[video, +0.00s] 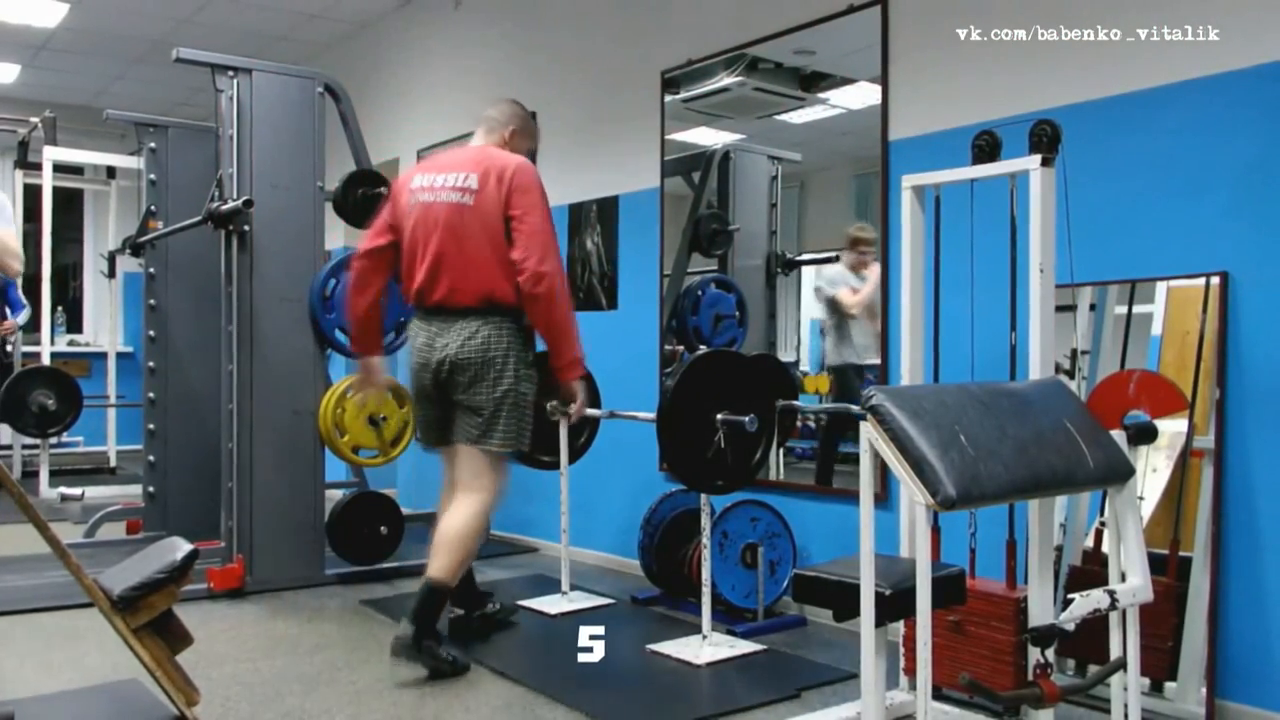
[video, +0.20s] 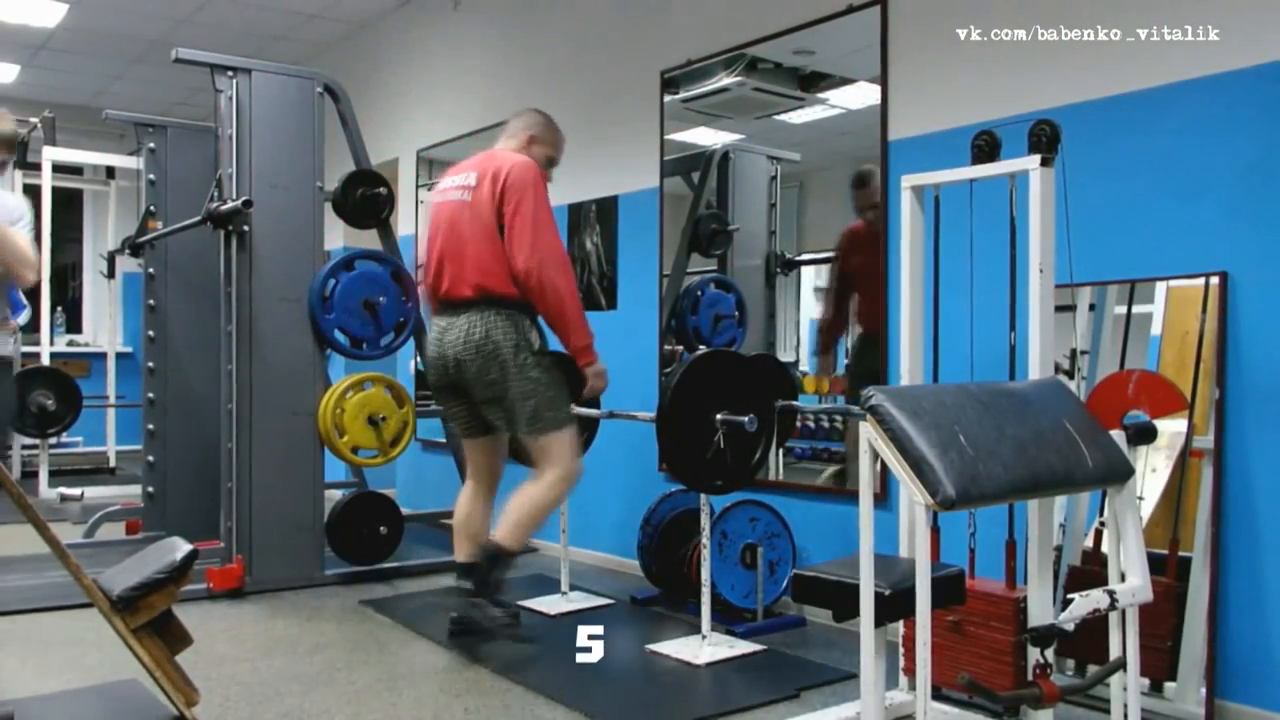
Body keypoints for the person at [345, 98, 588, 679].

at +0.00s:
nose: (527, 162)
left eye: (530, 155)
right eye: (529, 153)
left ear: (482, 128)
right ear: (513, 135)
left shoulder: (414, 175)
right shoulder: (515, 171)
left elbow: (367, 261)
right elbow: (538, 273)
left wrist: (368, 358)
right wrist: (570, 369)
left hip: (429, 337)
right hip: (489, 338)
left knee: (456, 481)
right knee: (477, 488)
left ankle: (468, 602)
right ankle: (421, 628)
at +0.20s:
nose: (546, 174)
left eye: (551, 167)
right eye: (548, 164)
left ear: (510, 138)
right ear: (530, 142)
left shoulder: (450, 179)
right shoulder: (519, 170)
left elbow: (430, 274)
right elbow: (539, 264)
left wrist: (450, 330)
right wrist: (585, 354)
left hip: (444, 333)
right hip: (498, 328)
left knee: (480, 472)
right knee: (561, 464)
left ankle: (469, 606)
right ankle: (487, 573)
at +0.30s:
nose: (557, 182)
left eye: (562, 174)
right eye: (560, 170)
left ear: (526, 140)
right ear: (543, 145)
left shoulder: (471, 177)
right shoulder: (522, 173)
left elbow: (466, 272)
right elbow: (545, 268)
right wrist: (592, 355)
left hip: (454, 330)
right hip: (504, 327)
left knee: (483, 472)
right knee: (574, 460)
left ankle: (471, 602)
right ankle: (542, 594)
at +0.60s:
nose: (616, 189)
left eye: (620, 183)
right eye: (620, 181)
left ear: (585, 151)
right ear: (614, 166)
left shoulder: (524, 180)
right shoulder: (593, 193)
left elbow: (495, 274)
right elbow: (602, 295)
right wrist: (628, 383)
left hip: (488, 328)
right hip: (544, 335)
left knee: (499, 473)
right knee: (579, 477)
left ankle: (473, 603)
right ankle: (595, 615)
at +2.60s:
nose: (640, 173)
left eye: (641, 166)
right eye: (641, 165)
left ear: (593, 153)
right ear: (627, 155)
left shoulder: (551, 192)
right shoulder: (626, 198)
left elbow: (511, 279)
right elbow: (617, 295)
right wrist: (632, 374)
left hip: (506, 328)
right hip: (563, 331)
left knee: (535, 470)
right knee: (599, 474)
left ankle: (533, 598)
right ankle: (589, 612)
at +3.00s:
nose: (583, 130)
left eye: (581, 121)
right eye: (580, 121)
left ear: (530, 122)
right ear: (563, 119)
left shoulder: (499, 175)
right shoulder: (580, 173)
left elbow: (482, 268)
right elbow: (591, 271)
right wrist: (610, 342)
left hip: (489, 336)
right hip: (552, 336)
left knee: (504, 466)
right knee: (585, 475)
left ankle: (449, 595)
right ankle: (586, 619)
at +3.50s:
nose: (509, 132)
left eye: (508, 123)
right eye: (507, 122)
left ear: (459, 122)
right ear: (486, 118)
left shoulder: (427, 177)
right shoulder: (504, 168)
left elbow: (408, 269)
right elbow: (511, 268)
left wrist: (438, 315)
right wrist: (532, 339)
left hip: (419, 333)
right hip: (480, 330)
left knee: (448, 479)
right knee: (542, 470)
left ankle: (434, 621)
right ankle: (516, 616)